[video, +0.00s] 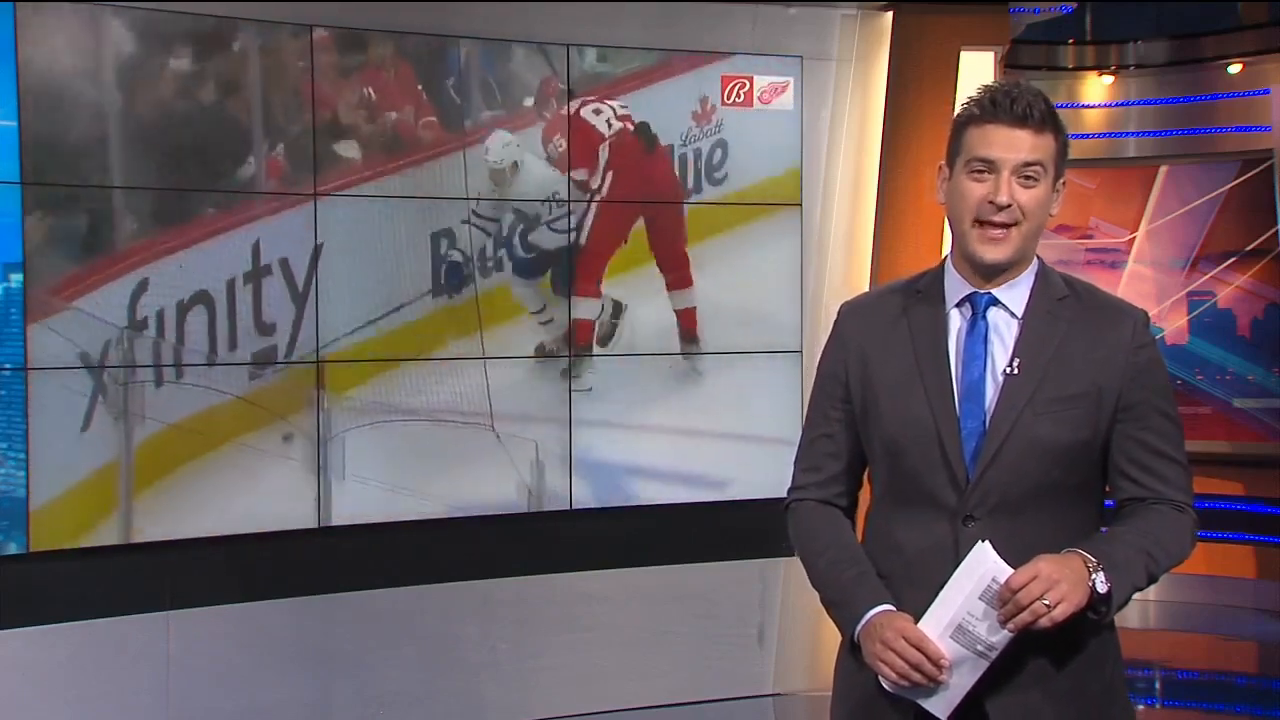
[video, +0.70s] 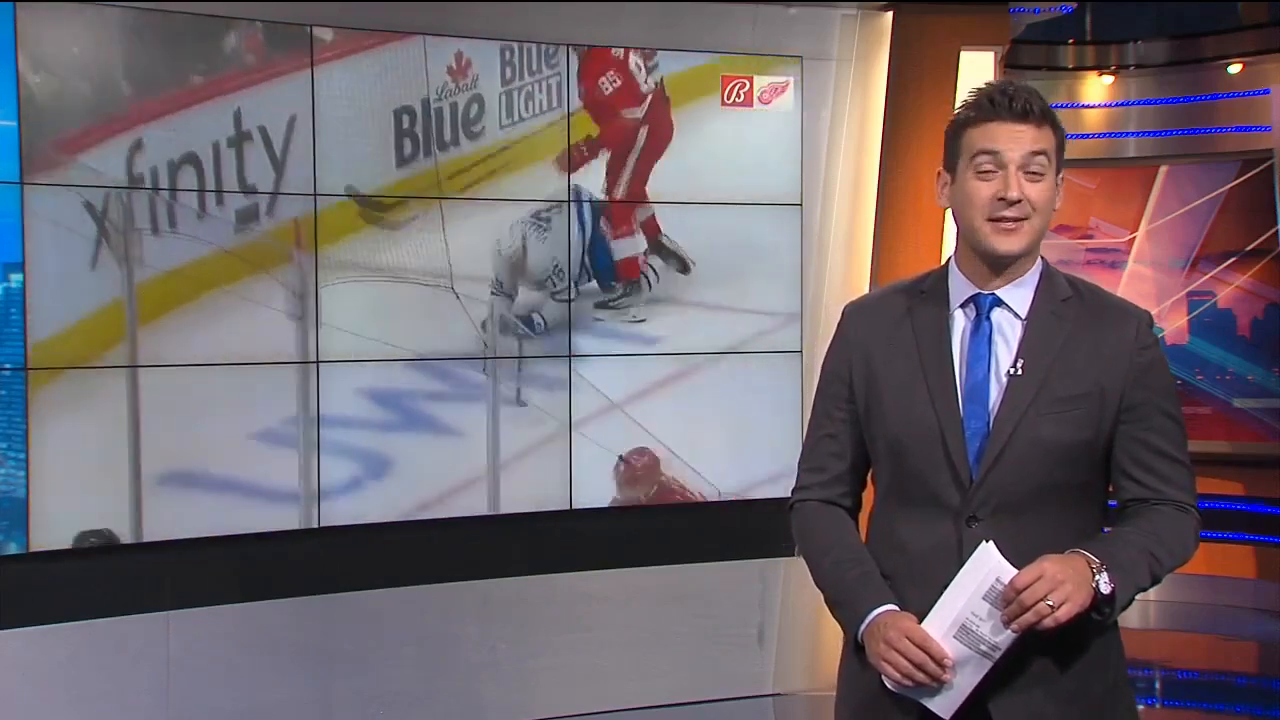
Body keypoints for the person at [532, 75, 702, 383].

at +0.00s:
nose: (544, 116)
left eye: (544, 112)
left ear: (550, 106)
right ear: (568, 95)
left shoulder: (561, 120)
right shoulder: (612, 104)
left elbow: (579, 175)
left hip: (623, 182)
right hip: (665, 178)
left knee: (590, 265)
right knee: (674, 259)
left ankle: (580, 352)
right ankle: (690, 339)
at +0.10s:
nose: (549, 124)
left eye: (548, 119)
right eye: (546, 120)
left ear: (557, 109)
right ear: (574, 100)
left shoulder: (574, 120)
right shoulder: (617, 108)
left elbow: (579, 179)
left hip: (620, 176)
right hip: (661, 172)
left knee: (595, 252)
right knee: (665, 246)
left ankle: (589, 336)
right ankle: (675, 322)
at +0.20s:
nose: (554, 124)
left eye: (553, 118)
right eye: (552, 119)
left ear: (560, 111)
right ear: (578, 100)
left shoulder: (574, 122)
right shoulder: (615, 107)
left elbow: (576, 177)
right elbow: (667, 124)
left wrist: (575, 224)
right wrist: (676, 162)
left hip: (621, 175)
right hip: (660, 171)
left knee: (596, 245)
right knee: (662, 240)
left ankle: (588, 321)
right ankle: (667, 311)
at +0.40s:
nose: (559, 101)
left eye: (558, 95)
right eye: (556, 95)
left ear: (567, 88)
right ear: (581, 77)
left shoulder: (578, 114)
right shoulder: (618, 82)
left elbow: (581, 176)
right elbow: (674, 86)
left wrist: (573, 220)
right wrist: (671, 122)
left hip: (637, 170)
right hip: (671, 162)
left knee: (602, 236)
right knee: (660, 207)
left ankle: (610, 315)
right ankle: (674, 277)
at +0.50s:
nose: (551, 86)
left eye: (550, 79)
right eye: (548, 79)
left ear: (562, 73)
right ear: (575, 63)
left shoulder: (577, 104)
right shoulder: (607, 66)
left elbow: (589, 172)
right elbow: (663, 78)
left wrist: (565, 206)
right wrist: (657, 113)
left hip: (642, 160)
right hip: (672, 149)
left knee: (599, 227)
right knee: (652, 199)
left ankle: (610, 312)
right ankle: (670, 267)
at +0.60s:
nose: (553, 60)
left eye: (553, 53)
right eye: (550, 53)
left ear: (569, 51)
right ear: (576, 46)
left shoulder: (585, 85)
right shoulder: (609, 46)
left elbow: (610, 143)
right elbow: (657, 56)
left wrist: (575, 167)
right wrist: (653, 89)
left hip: (642, 143)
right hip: (662, 130)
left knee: (605, 216)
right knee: (637, 191)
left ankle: (614, 293)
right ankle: (662, 252)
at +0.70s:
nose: (566, 45)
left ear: (575, 43)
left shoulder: (598, 65)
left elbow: (629, 120)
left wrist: (588, 149)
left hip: (643, 129)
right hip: (651, 120)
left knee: (616, 202)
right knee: (630, 189)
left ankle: (629, 283)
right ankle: (657, 244)